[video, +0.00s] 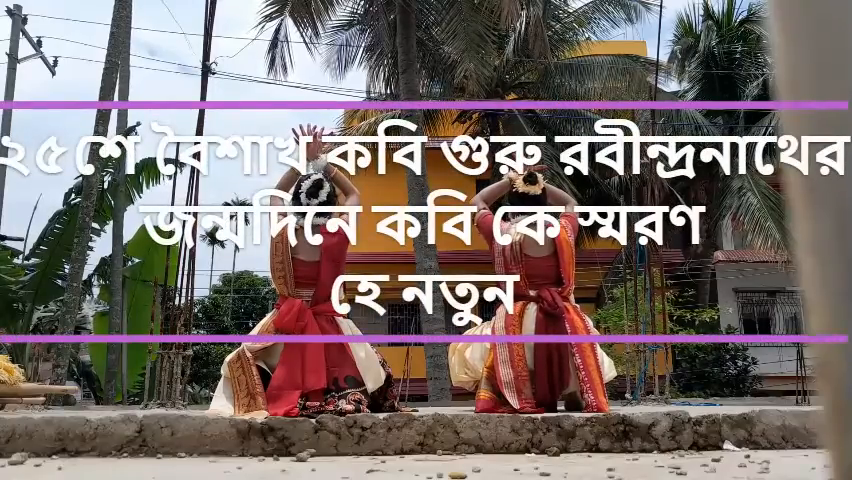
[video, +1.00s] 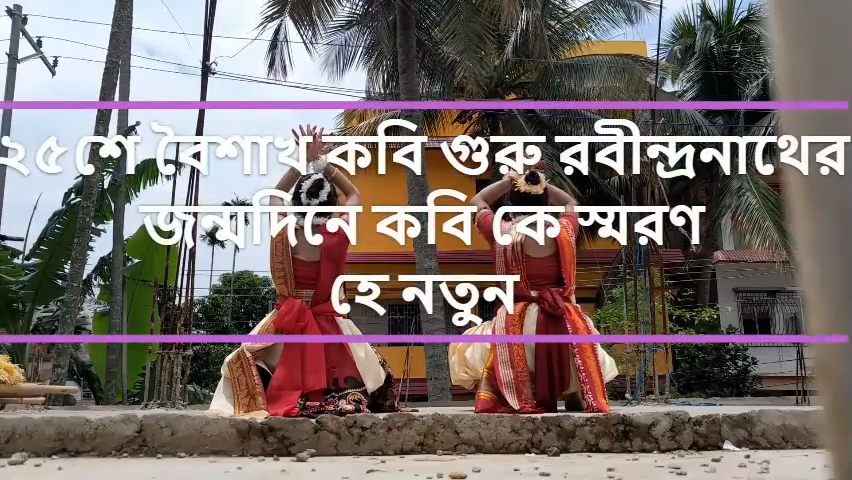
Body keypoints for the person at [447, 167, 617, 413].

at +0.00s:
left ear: (511, 211)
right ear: (543, 207)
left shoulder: (502, 234)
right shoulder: (562, 232)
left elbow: (479, 201)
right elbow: (569, 202)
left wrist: (508, 182)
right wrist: (542, 186)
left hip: (518, 318)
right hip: (561, 317)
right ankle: (573, 391)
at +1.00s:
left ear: (511, 209)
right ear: (544, 206)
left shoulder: (503, 233)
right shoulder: (563, 232)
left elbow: (480, 200)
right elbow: (569, 202)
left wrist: (507, 182)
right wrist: (542, 185)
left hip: (518, 318)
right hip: (562, 317)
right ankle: (574, 394)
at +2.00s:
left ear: (509, 203)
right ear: (546, 200)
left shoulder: (500, 233)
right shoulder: (562, 229)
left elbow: (469, 202)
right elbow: (582, 201)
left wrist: (490, 173)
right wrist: (551, 175)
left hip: (513, 321)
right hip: (559, 320)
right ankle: (575, 395)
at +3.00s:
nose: (507, 216)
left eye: (507, 210)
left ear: (510, 211)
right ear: (545, 210)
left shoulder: (495, 237)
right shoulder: (568, 238)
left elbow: (444, 244)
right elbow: (615, 238)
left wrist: (420, 213)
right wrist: (620, 203)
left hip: (513, 325)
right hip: (562, 324)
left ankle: (506, 394)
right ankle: (575, 394)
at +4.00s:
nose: (527, 213)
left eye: (524, 205)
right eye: (531, 205)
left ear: (516, 207)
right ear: (551, 207)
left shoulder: (499, 241)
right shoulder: (575, 243)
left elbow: (467, 267)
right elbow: (618, 267)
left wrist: (431, 256)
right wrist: (641, 249)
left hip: (513, 328)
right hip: (565, 329)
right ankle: (578, 397)